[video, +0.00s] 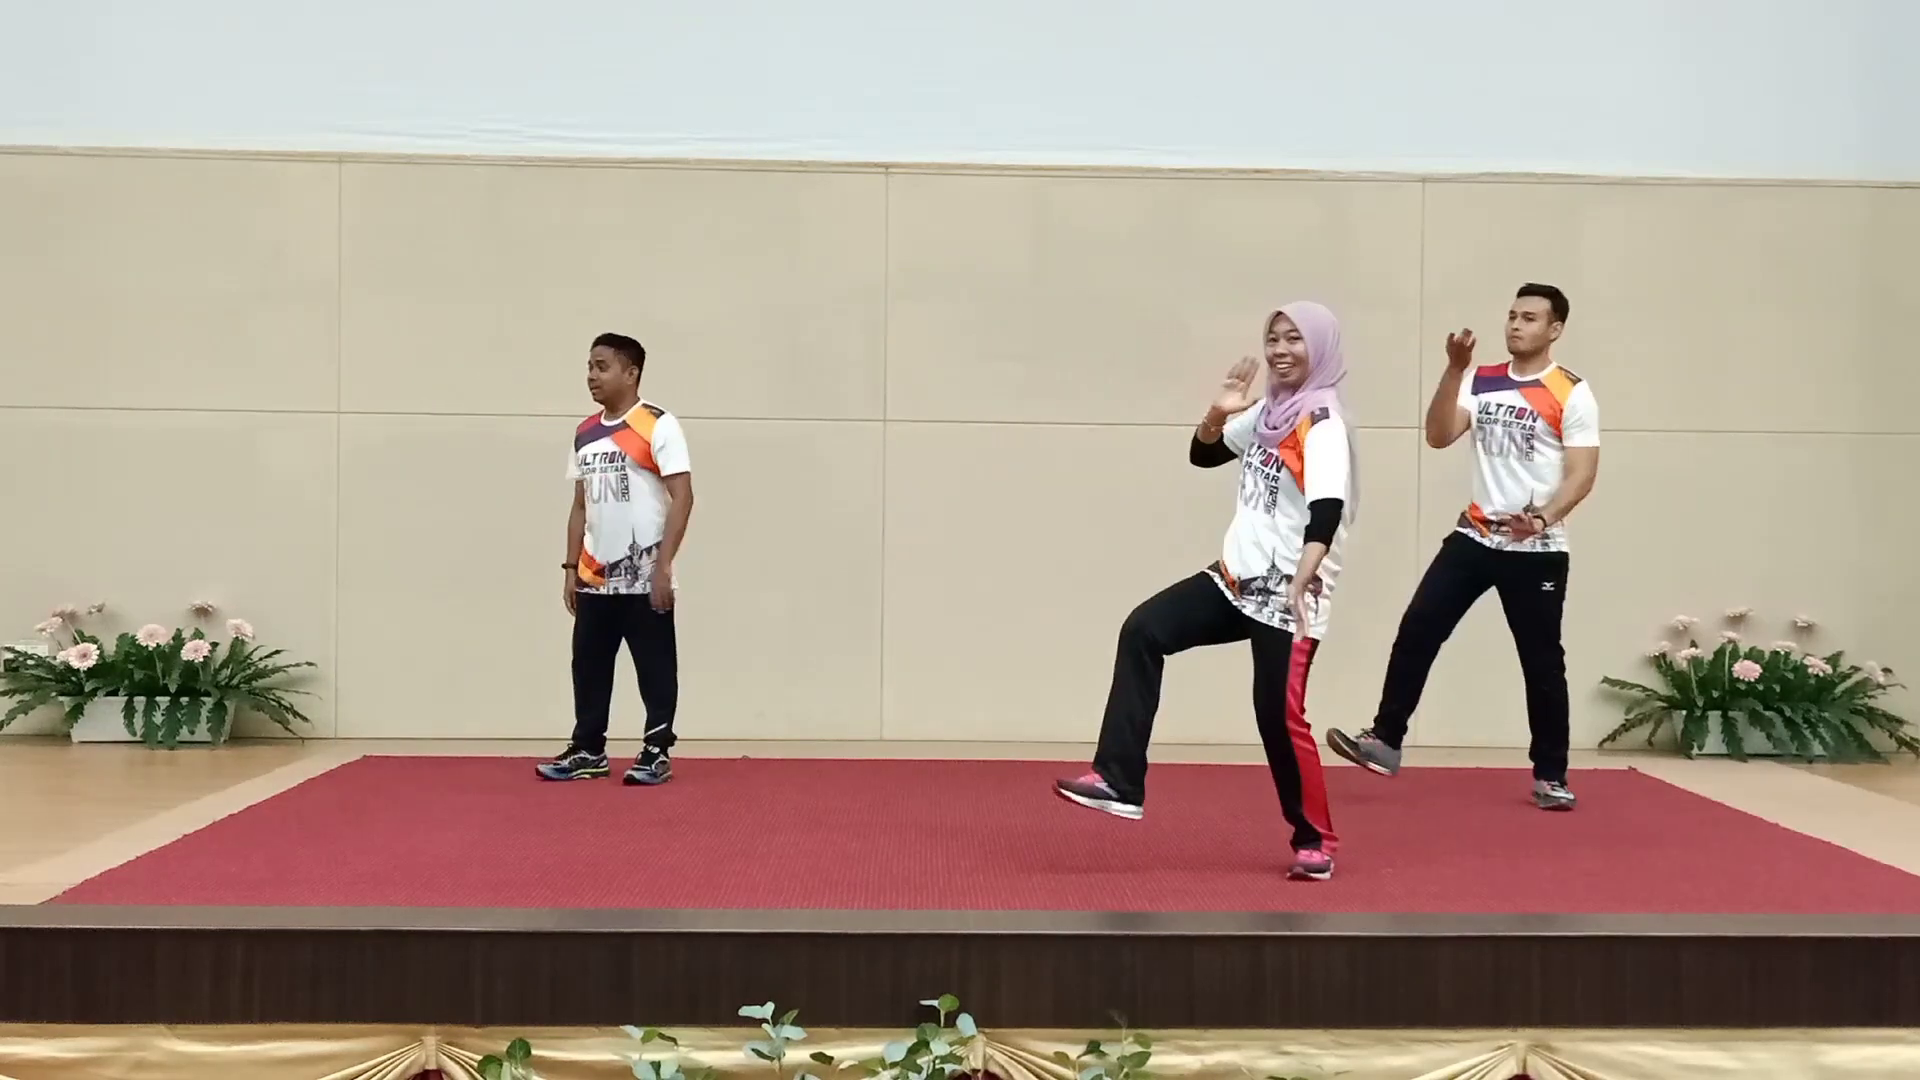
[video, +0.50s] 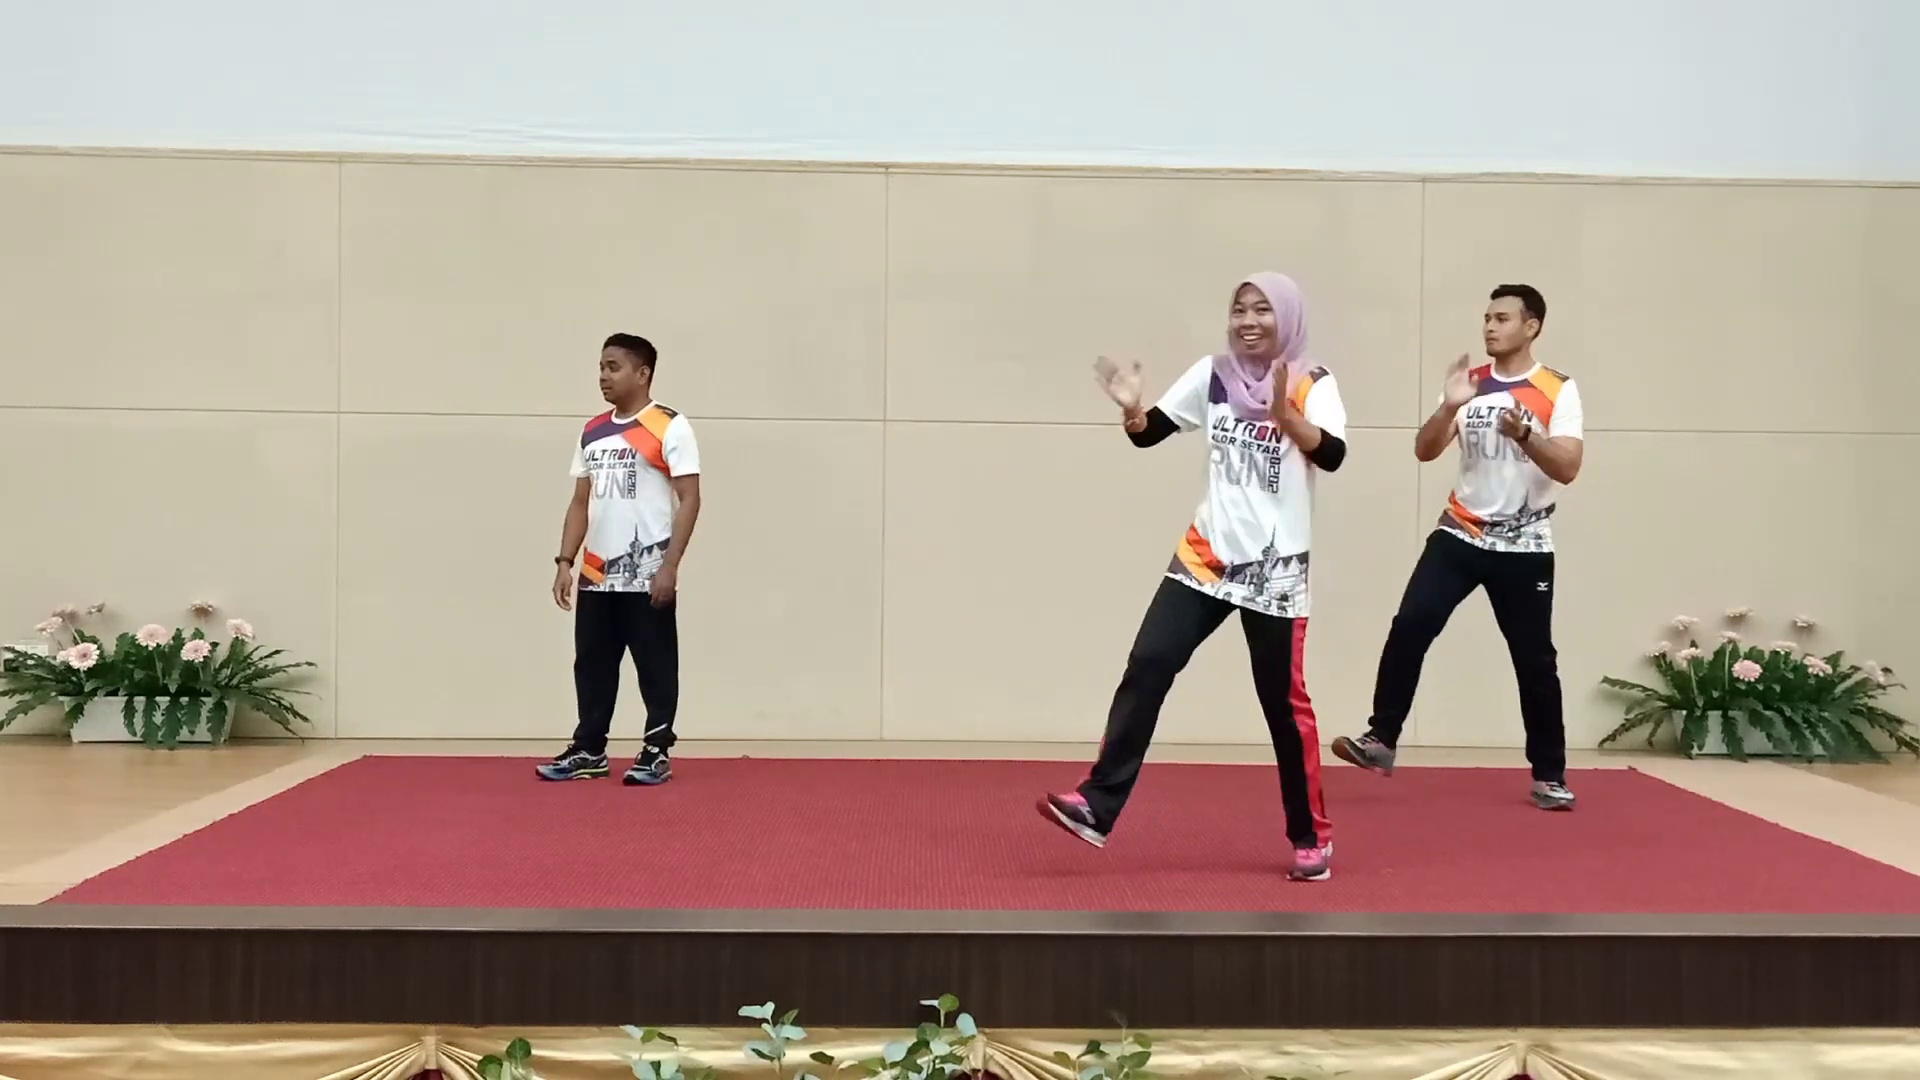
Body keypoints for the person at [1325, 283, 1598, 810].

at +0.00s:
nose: (1515, 325)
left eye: (1528, 319)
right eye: (1512, 317)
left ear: (1555, 330)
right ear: (1507, 324)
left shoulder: (1571, 395)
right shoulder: (1481, 380)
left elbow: (1581, 476)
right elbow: (1437, 436)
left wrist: (1543, 516)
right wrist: (1453, 371)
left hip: (1537, 551)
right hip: (1476, 538)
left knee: (1543, 665)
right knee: (1418, 629)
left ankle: (1550, 777)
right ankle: (1385, 741)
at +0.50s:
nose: (1490, 327)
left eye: (1501, 319)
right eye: (1487, 319)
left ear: (1532, 327)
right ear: (1483, 327)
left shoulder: (1558, 391)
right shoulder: (1469, 383)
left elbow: (1567, 469)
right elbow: (1424, 449)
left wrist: (1525, 434)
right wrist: (1452, 406)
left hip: (1524, 544)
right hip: (1460, 534)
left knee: (1536, 663)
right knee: (1410, 627)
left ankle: (1548, 777)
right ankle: (1381, 740)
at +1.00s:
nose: (1375, 328)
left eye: (1386, 320)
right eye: (1372, 322)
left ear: (1418, 327)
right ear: (1371, 331)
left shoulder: (1454, 390)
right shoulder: (1352, 392)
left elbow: (1468, 468)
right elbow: (1332, 475)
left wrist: (1433, 459)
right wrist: (1319, 550)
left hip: (1436, 544)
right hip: (1371, 545)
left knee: (1450, 649)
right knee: (1365, 659)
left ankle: (1443, 756)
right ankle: (1364, 772)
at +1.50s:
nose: (1334, 332)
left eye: (1344, 324)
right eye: (1334, 324)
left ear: (1377, 331)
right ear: (1340, 332)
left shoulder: (1414, 398)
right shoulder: (1318, 394)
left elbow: (1428, 483)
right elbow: (1299, 470)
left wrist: (1422, 560)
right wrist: (1288, 542)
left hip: (1389, 549)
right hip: (1329, 542)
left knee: (1375, 661)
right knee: (1330, 650)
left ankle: (1360, 762)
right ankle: (1326, 761)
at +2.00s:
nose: (1272, 336)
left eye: (1282, 328)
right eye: (1273, 328)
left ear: (1313, 333)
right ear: (1295, 335)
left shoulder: (1353, 396)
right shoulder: (1262, 396)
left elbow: (1366, 480)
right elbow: (1245, 472)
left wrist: (1359, 552)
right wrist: (1237, 541)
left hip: (1332, 550)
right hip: (1271, 548)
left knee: (1343, 658)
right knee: (1271, 658)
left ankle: (1357, 763)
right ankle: (1271, 760)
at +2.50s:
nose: (1243, 338)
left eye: (1252, 330)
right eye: (1243, 330)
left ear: (1284, 336)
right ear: (1260, 338)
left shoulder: (1322, 396)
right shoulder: (1236, 398)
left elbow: (1322, 479)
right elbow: (1222, 475)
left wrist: (1279, 541)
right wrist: (1205, 548)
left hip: (1307, 545)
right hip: (1249, 546)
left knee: (1327, 653)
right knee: (1259, 658)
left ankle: (1354, 762)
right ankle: (1271, 761)